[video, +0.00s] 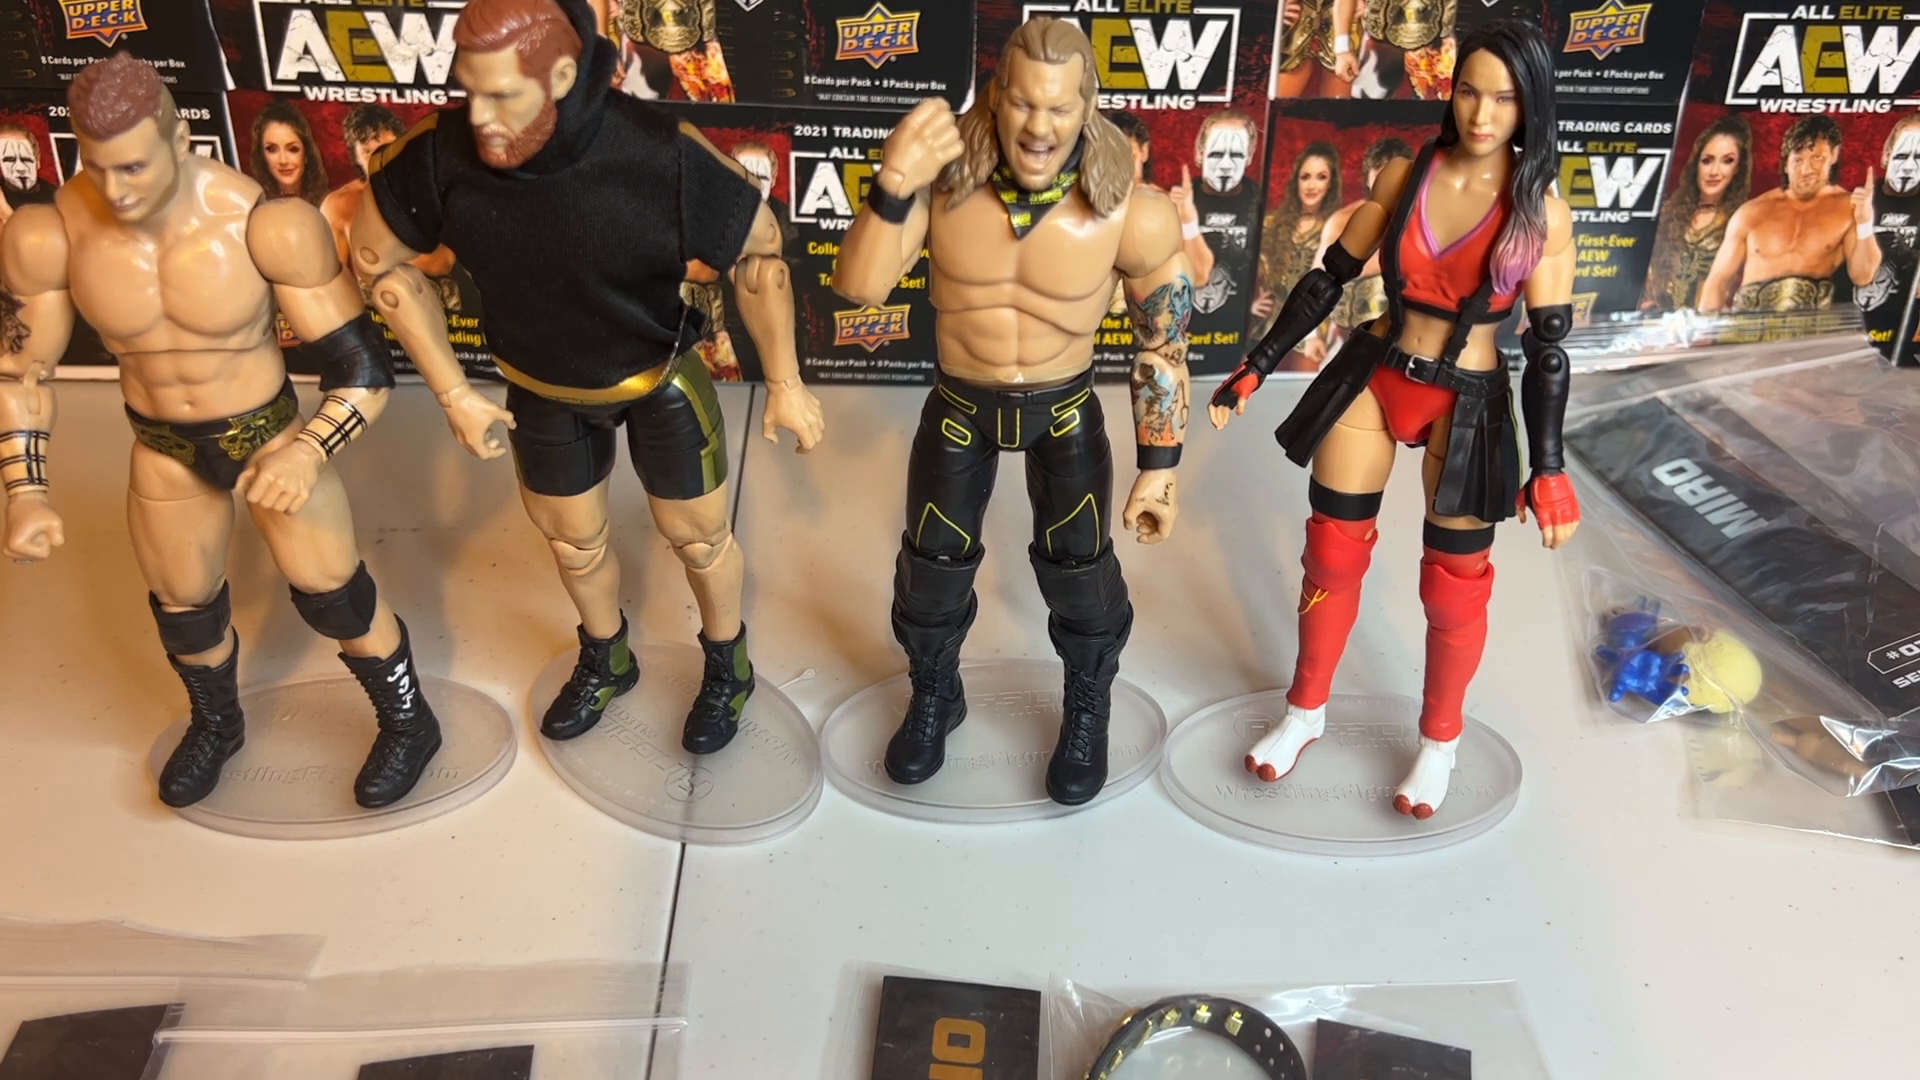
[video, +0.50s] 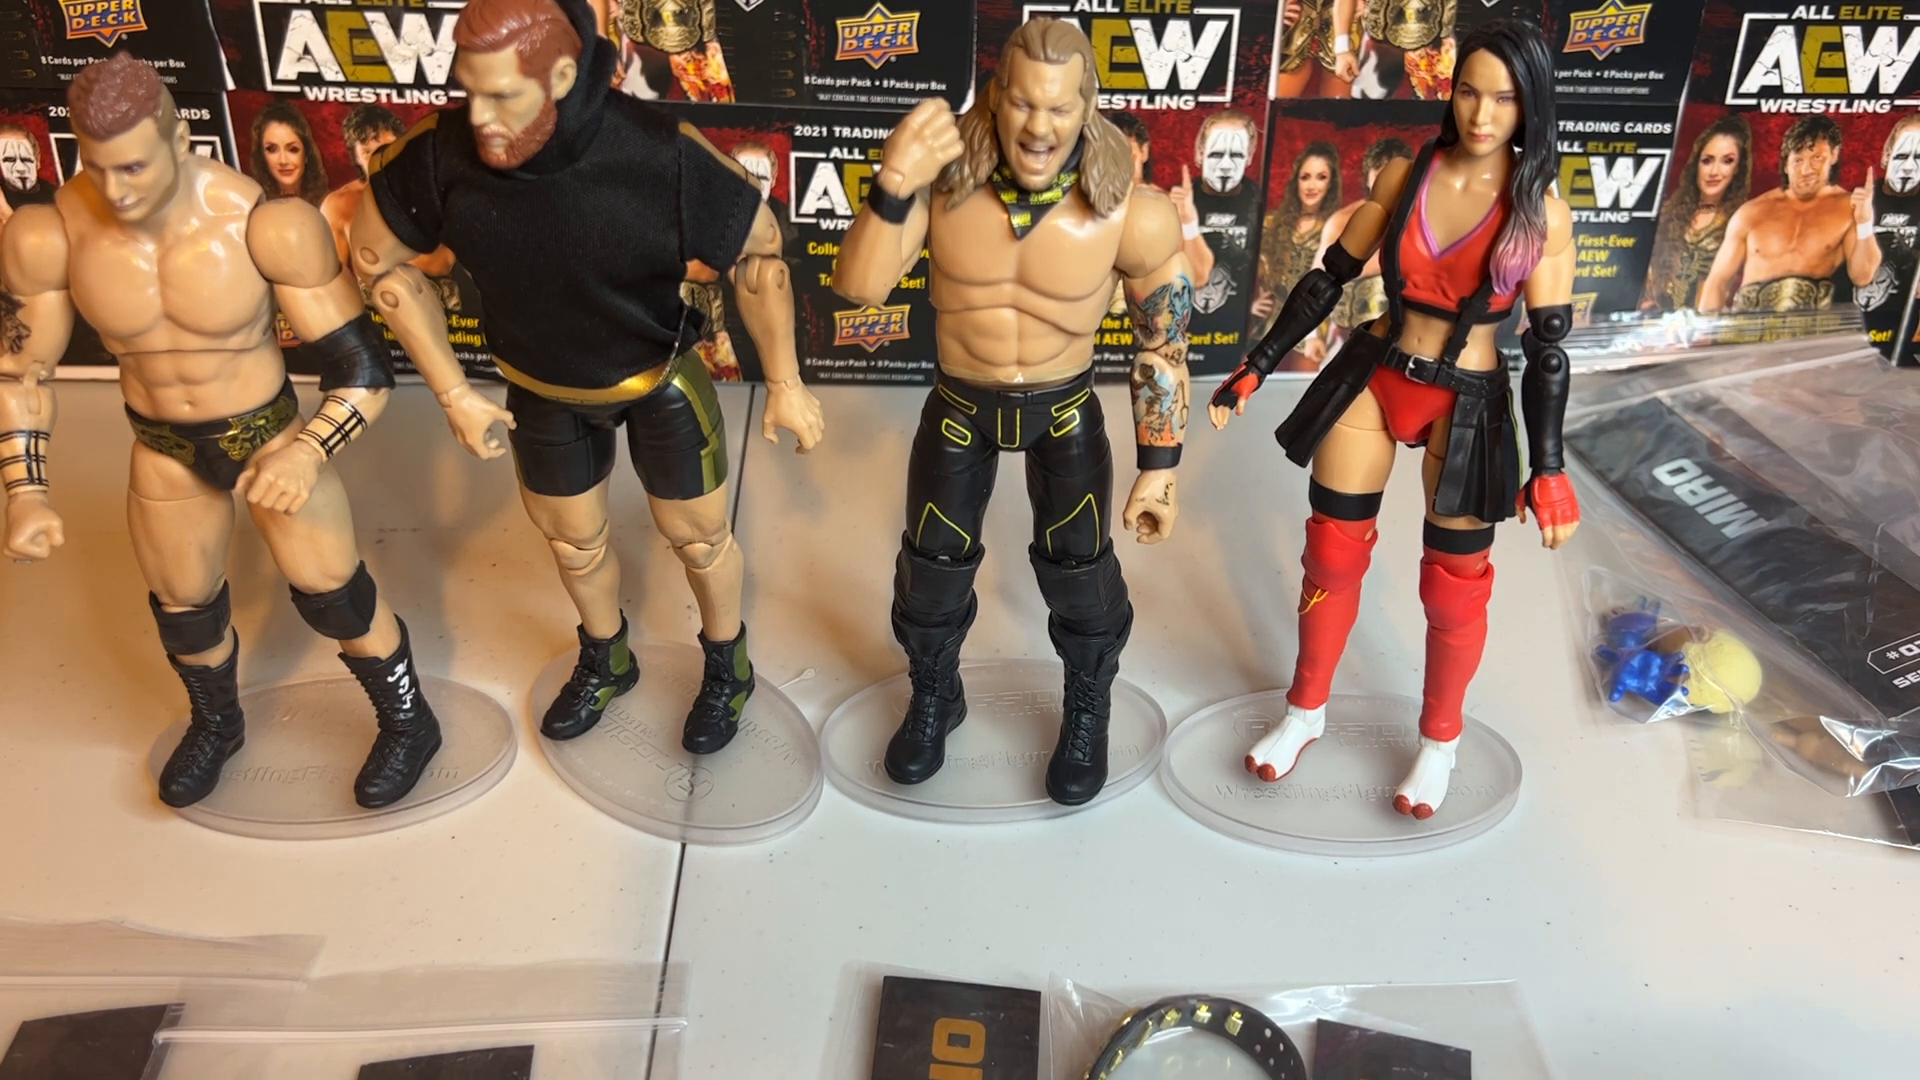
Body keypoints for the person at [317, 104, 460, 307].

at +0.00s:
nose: (380, 159)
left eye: (387, 149)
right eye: (369, 153)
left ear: (403, 147)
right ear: (356, 157)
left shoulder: (431, 191)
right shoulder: (338, 205)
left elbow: (443, 263)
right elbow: (337, 276)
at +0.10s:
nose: (379, 160)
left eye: (387, 150)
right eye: (369, 153)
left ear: (402, 148)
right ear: (355, 157)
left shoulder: (431, 191)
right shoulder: (339, 204)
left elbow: (443, 263)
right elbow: (337, 276)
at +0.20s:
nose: (380, 160)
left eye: (387, 149)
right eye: (369, 153)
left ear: (402, 147)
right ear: (356, 157)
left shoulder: (431, 191)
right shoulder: (339, 205)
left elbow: (442, 263)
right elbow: (337, 276)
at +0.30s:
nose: (380, 160)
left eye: (387, 150)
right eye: (369, 153)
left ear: (402, 147)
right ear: (356, 157)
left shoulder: (431, 191)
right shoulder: (339, 205)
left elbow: (443, 263)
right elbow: (336, 276)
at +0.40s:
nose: (380, 160)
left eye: (387, 150)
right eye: (369, 153)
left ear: (402, 147)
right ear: (355, 157)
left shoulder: (431, 191)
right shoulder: (339, 205)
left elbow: (443, 263)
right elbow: (336, 276)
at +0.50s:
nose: (380, 160)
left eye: (387, 150)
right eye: (369, 153)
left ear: (402, 147)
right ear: (356, 157)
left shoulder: (431, 191)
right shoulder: (339, 205)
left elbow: (443, 263)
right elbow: (336, 276)